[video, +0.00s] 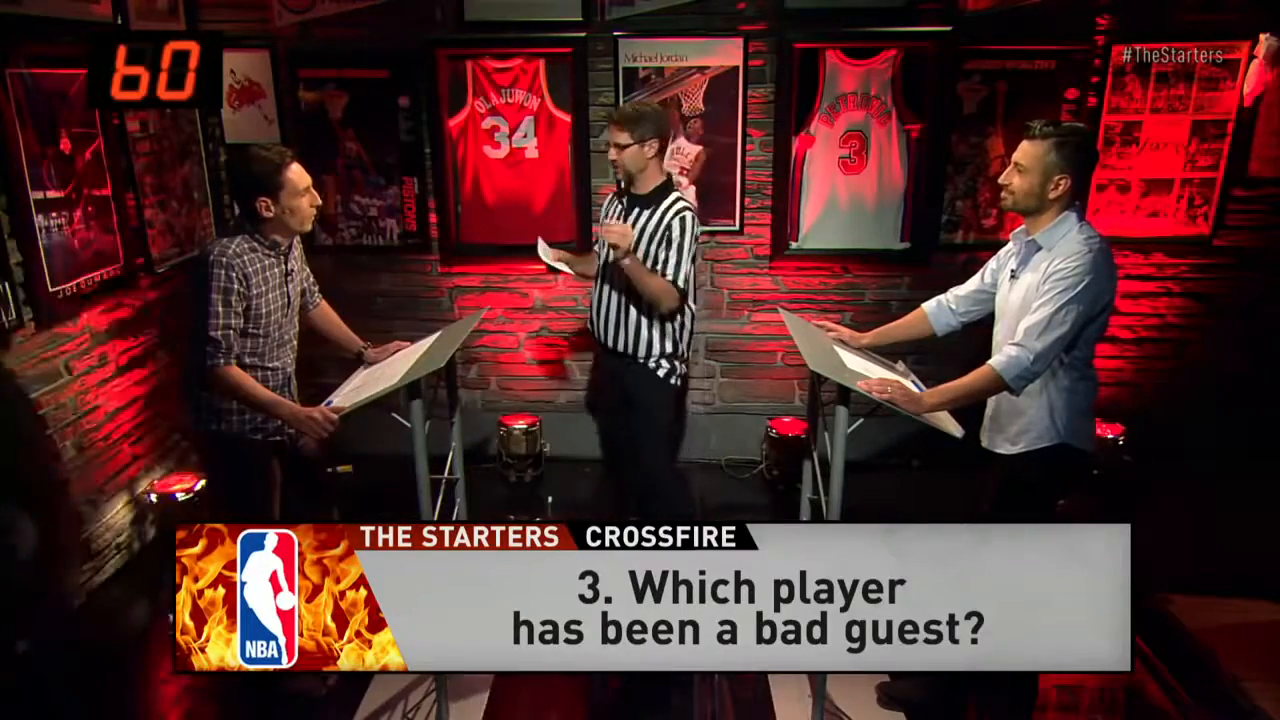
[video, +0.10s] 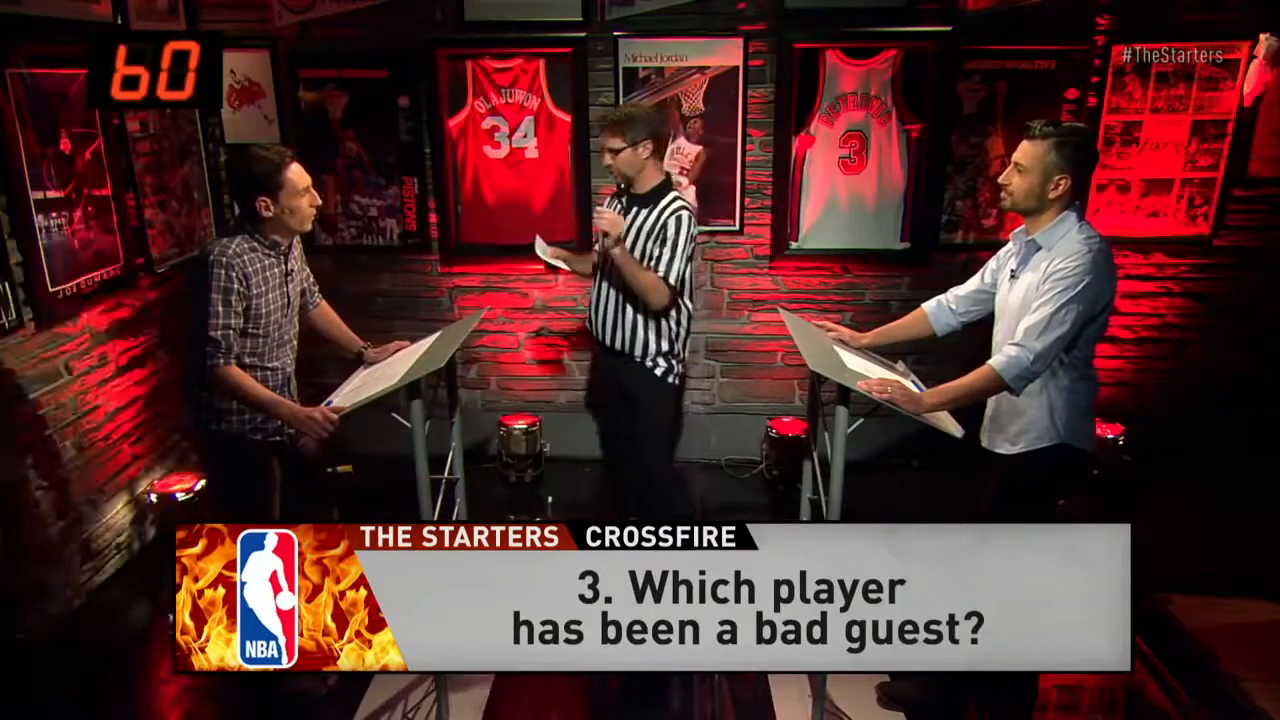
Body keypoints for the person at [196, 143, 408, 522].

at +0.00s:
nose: (317, 200)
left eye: (313, 189)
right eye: (304, 193)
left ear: (270, 207)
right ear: (267, 207)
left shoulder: (290, 246)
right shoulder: (229, 261)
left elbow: (312, 303)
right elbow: (218, 367)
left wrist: (364, 350)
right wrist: (293, 413)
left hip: (285, 426)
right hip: (241, 436)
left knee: (297, 527)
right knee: (252, 538)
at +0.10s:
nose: (317, 200)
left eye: (313, 189)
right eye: (304, 193)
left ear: (270, 207)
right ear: (267, 207)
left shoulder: (290, 246)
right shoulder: (229, 260)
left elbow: (312, 303)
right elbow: (218, 367)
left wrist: (365, 350)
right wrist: (293, 413)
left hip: (284, 426)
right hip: (241, 436)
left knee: (294, 527)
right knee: (252, 537)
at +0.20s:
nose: (317, 200)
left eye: (312, 189)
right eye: (304, 193)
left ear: (269, 206)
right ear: (266, 206)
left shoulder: (289, 245)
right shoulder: (227, 261)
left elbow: (312, 303)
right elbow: (218, 366)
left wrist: (364, 350)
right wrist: (293, 413)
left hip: (285, 425)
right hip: (239, 435)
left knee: (302, 526)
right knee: (253, 538)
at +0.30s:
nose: (316, 200)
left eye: (312, 189)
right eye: (303, 192)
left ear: (268, 206)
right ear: (265, 206)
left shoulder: (289, 245)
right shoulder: (227, 260)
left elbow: (312, 303)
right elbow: (218, 366)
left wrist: (364, 350)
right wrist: (292, 412)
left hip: (285, 425)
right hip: (239, 435)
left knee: (301, 526)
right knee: (252, 538)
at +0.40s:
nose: (315, 200)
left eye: (311, 189)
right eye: (302, 193)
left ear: (268, 206)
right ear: (264, 207)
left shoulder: (290, 245)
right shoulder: (228, 260)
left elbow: (312, 303)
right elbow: (218, 366)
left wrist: (364, 350)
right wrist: (293, 413)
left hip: (285, 425)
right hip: (239, 435)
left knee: (303, 525)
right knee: (252, 538)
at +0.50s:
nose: (315, 200)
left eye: (310, 189)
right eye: (301, 192)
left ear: (268, 206)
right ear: (264, 206)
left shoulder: (290, 245)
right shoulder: (228, 260)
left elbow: (312, 303)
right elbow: (218, 366)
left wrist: (364, 350)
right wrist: (293, 413)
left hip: (285, 425)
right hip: (238, 436)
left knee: (303, 526)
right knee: (252, 539)